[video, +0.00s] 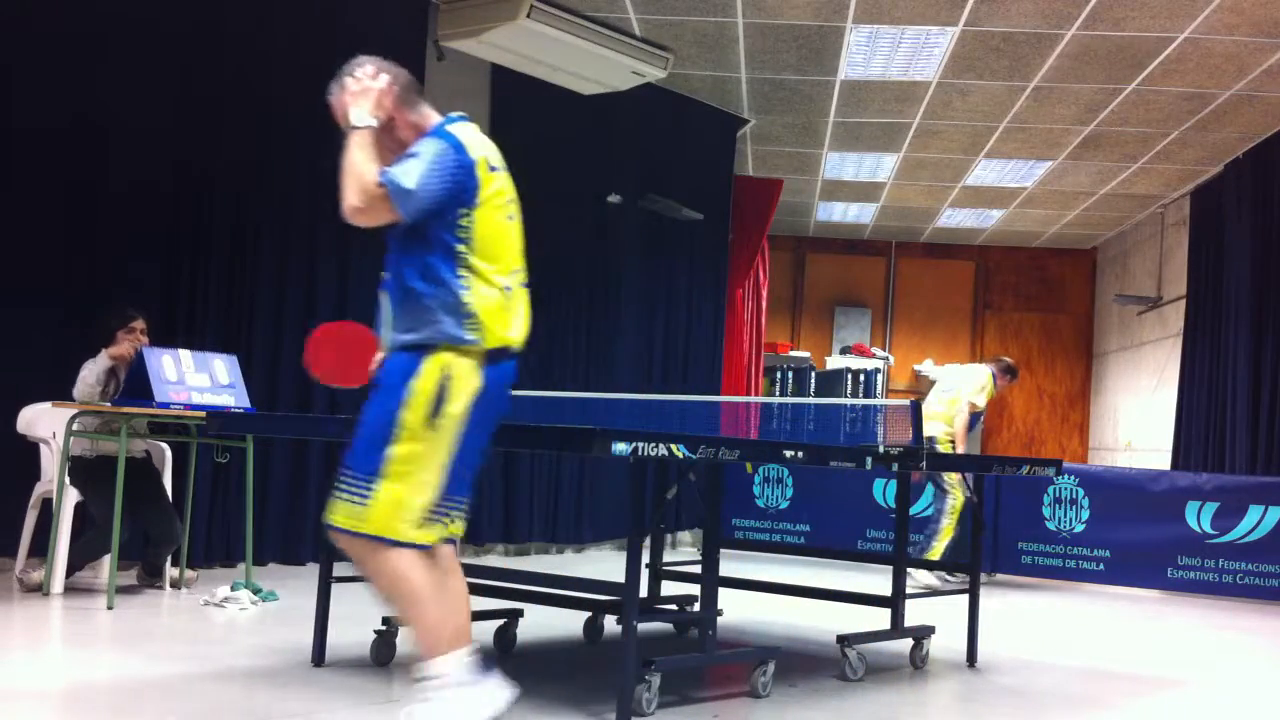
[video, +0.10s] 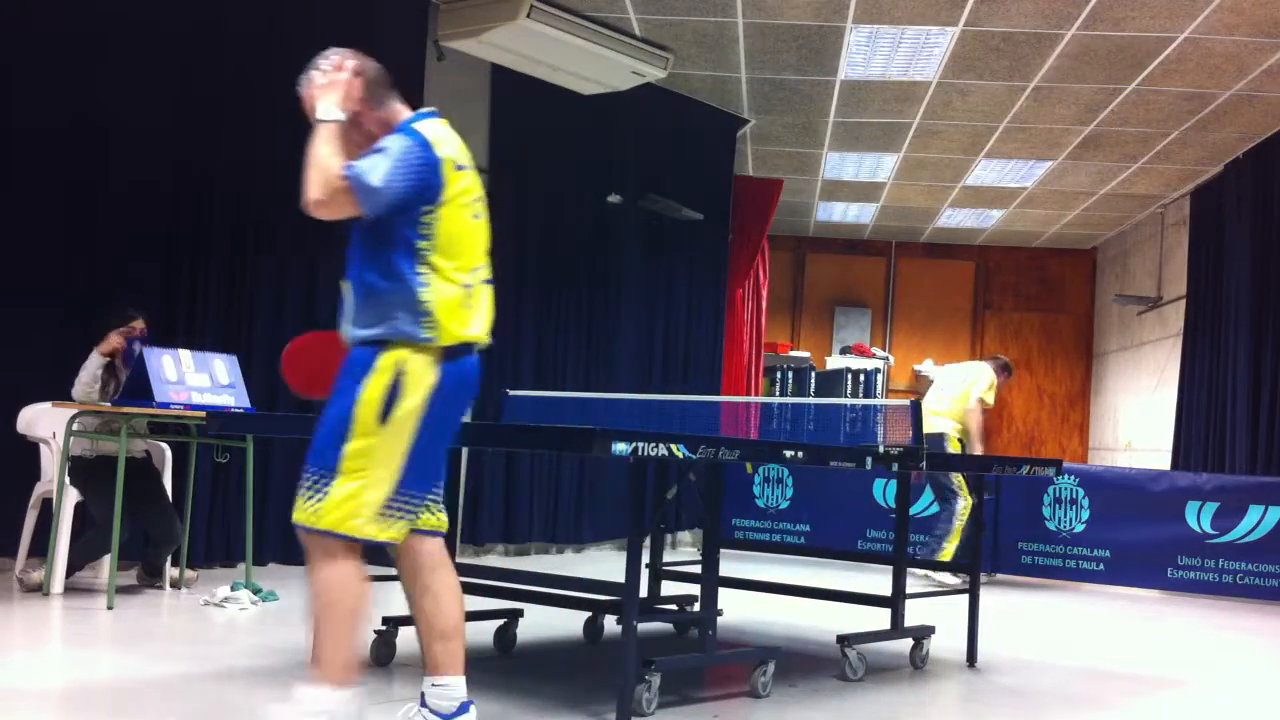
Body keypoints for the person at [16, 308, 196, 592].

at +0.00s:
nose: (139, 338)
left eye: (143, 332)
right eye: (131, 332)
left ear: (148, 337)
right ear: (114, 336)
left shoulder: (151, 370)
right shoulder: (98, 367)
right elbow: (83, 396)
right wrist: (107, 357)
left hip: (134, 457)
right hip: (91, 457)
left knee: (169, 532)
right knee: (113, 530)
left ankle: (152, 572)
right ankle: (53, 573)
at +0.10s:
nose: (138, 339)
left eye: (142, 333)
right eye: (130, 333)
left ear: (147, 336)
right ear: (114, 334)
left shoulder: (151, 367)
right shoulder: (103, 365)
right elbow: (82, 396)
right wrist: (99, 354)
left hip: (134, 457)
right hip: (91, 457)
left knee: (169, 531)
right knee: (113, 529)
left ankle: (152, 572)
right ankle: (52, 573)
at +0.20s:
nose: (136, 343)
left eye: (141, 336)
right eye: (128, 337)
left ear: (146, 339)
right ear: (113, 338)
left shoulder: (150, 368)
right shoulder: (100, 366)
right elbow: (82, 396)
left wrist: (149, 351)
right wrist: (94, 354)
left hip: (134, 457)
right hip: (91, 457)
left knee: (169, 531)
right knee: (111, 530)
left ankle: (152, 571)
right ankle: (53, 573)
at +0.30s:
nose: (138, 339)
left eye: (142, 333)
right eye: (130, 332)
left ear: (147, 337)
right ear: (112, 335)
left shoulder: (150, 367)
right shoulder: (100, 365)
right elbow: (83, 397)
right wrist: (92, 358)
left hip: (134, 457)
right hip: (91, 457)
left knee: (169, 531)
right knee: (112, 529)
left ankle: (152, 571)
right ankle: (53, 573)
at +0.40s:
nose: (137, 338)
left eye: (142, 332)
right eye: (131, 332)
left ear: (146, 337)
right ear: (114, 336)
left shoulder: (149, 366)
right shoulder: (102, 367)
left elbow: (168, 394)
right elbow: (83, 397)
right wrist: (94, 363)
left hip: (135, 456)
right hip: (91, 455)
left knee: (164, 520)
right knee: (115, 524)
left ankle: (152, 571)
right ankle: (52, 573)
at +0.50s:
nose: (138, 341)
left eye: (143, 335)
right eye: (132, 335)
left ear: (149, 340)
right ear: (118, 338)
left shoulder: (155, 370)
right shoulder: (100, 368)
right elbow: (83, 400)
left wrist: (147, 358)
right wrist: (98, 368)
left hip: (136, 457)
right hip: (92, 456)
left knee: (170, 515)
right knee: (113, 525)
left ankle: (153, 570)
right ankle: (52, 573)